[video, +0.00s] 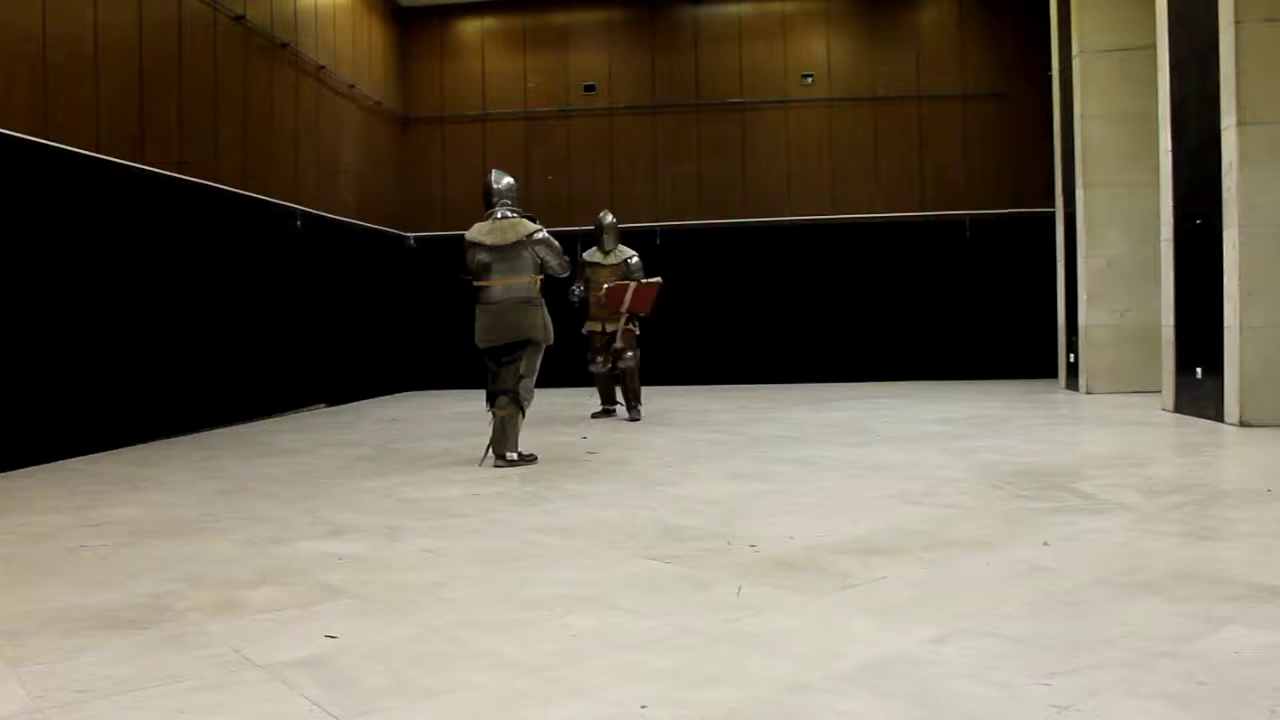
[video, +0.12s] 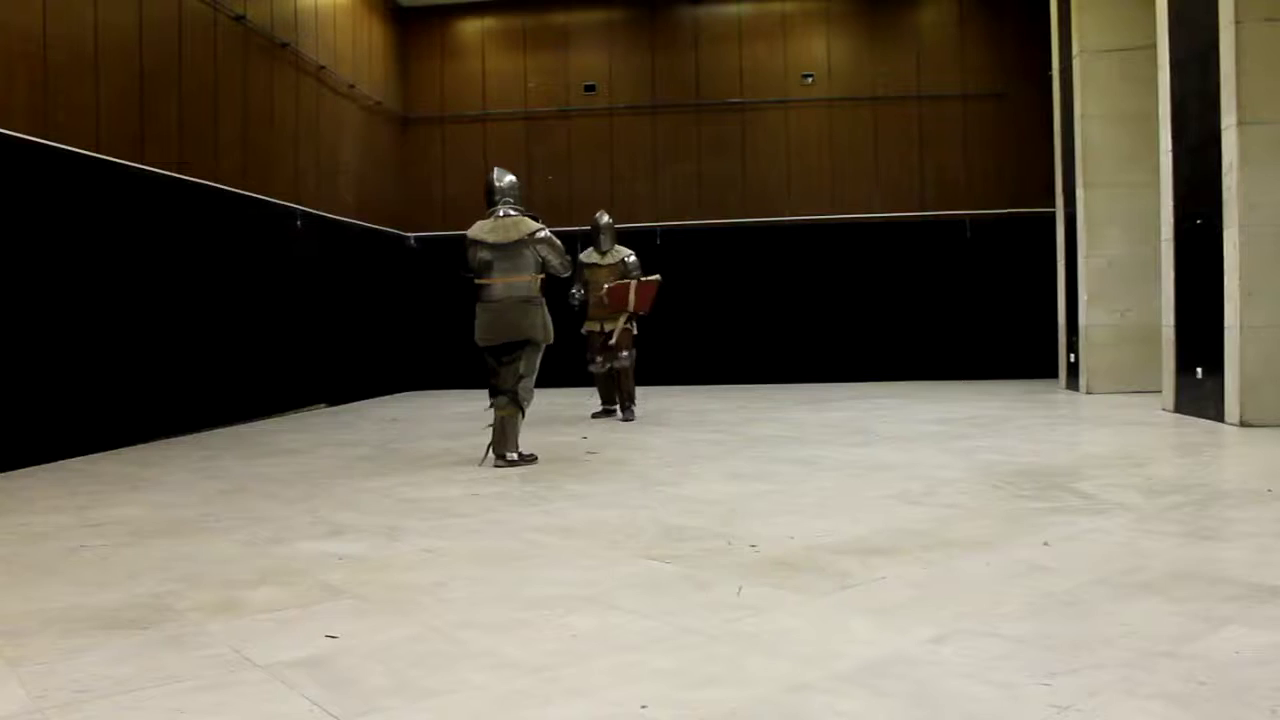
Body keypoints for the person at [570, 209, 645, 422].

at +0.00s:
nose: (606, 236)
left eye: (610, 231)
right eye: (603, 232)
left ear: (616, 232)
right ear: (597, 233)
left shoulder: (630, 258)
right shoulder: (587, 259)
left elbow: (640, 291)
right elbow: (581, 284)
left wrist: (623, 296)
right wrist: (577, 291)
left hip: (622, 323)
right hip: (596, 323)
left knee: (627, 364)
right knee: (599, 365)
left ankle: (633, 406)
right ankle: (607, 406)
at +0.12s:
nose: (603, 237)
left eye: (606, 231)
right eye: (599, 232)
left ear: (613, 232)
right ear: (594, 233)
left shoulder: (627, 257)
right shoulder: (584, 259)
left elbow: (637, 290)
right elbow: (579, 284)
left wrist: (618, 294)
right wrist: (577, 293)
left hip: (620, 322)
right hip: (595, 322)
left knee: (623, 364)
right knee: (599, 365)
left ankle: (627, 406)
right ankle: (608, 405)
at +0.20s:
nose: (600, 237)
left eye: (604, 231)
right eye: (597, 232)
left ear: (610, 232)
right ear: (591, 233)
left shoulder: (625, 257)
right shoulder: (583, 259)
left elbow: (637, 289)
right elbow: (578, 284)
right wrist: (576, 294)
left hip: (619, 321)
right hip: (594, 322)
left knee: (620, 363)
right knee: (597, 364)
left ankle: (623, 406)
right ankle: (607, 404)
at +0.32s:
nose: (598, 238)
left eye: (601, 232)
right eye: (594, 233)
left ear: (607, 232)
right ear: (588, 234)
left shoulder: (623, 258)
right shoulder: (580, 260)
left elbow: (635, 288)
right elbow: (576, 285)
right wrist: (575, 295)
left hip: (617, 321)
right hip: (592, 322)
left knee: (617, 362)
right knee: (596, 363)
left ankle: (620, 405)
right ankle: (607, 404)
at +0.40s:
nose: (596, 237)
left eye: (599, 232)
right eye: (592, 232)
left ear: (605, 232)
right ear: (587, 234)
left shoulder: (621, 258)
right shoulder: (578, 260)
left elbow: (634, 288)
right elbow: (573, 285)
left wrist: (626, 304)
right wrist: (572, 296)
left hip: (615, 321)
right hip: (591, 322)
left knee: (615, 362)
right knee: (596, 363)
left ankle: (619, 405)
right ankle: (606, 404)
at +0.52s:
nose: (594, 238)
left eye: (598, 232)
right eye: (591, 233)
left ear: (604, 233)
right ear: (585, 234)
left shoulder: (618, 259)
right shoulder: (576, 260)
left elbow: (632, 289)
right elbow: (570, 286)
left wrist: (615, 296)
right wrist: (568, 297)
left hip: (612, 322)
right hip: (588, 323)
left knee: (613, 363)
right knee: (595, 365)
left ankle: (616, 405)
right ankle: (606, 404)